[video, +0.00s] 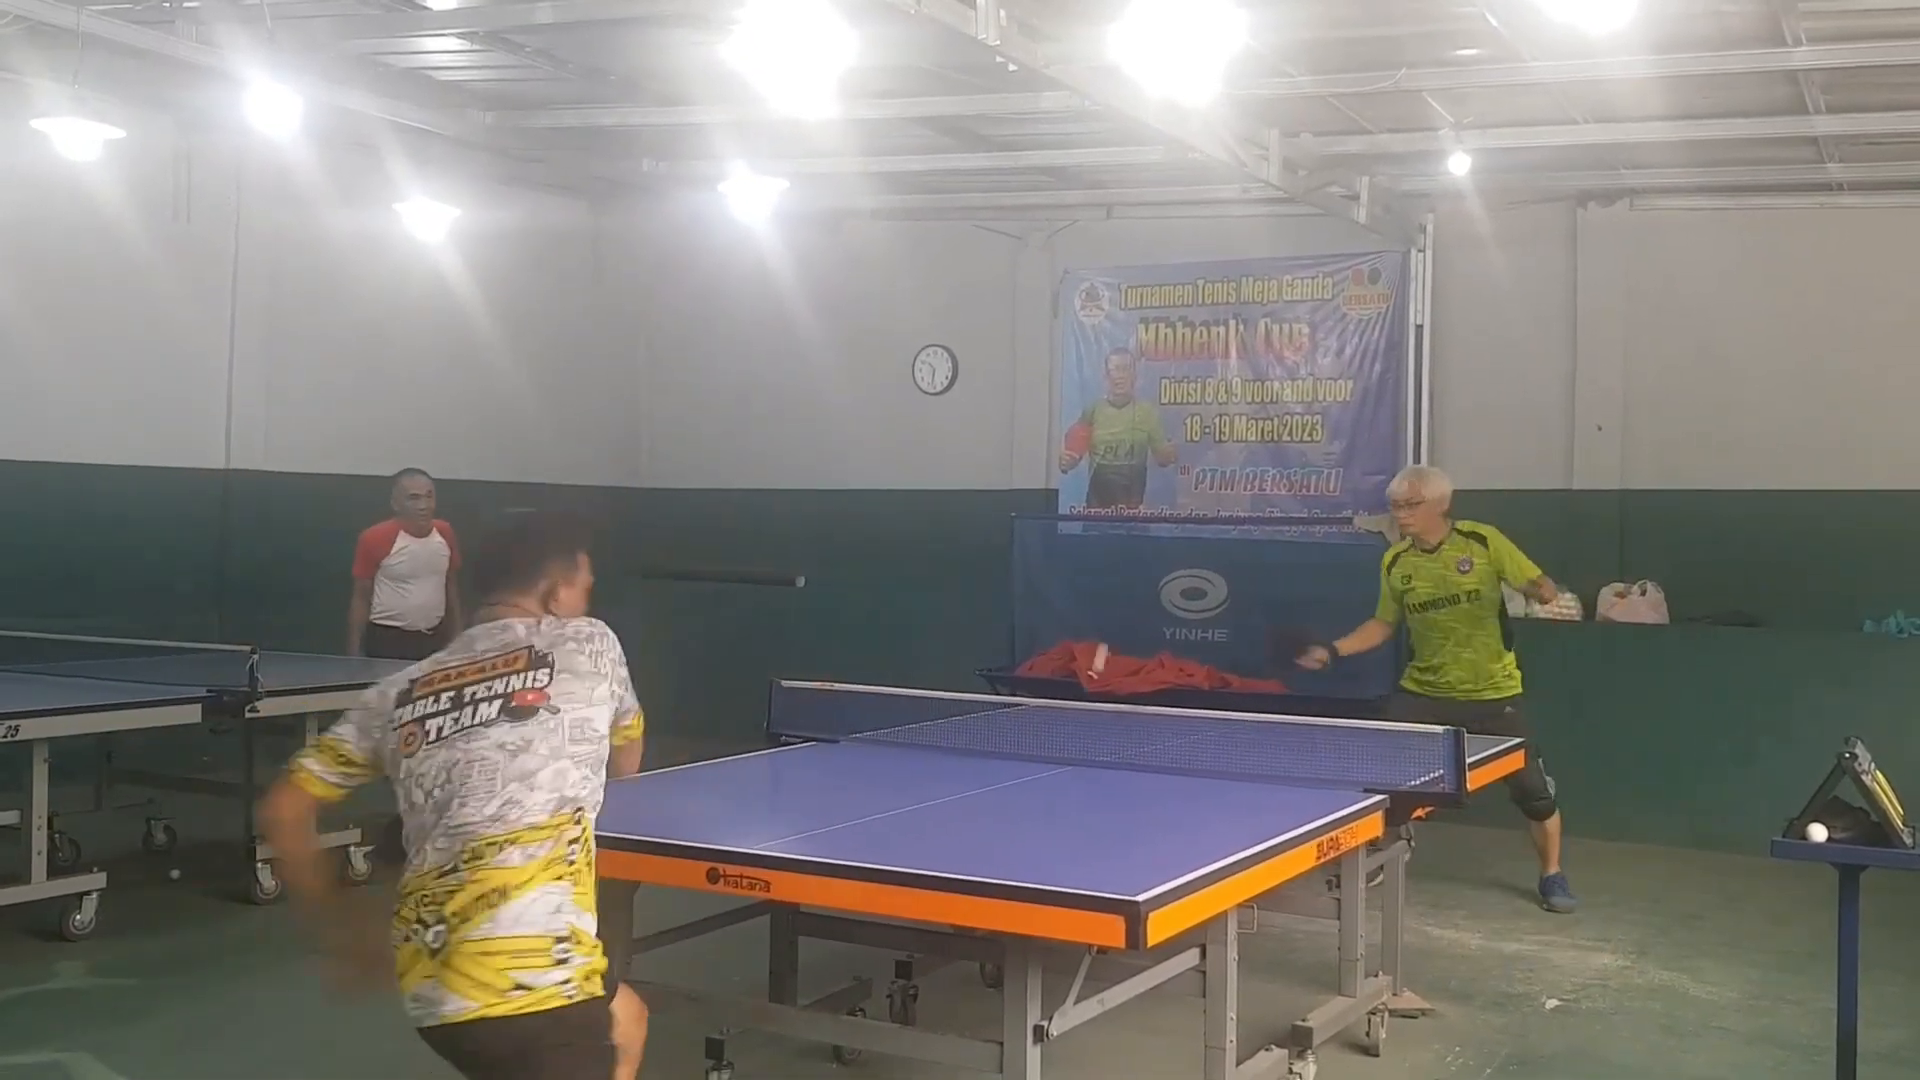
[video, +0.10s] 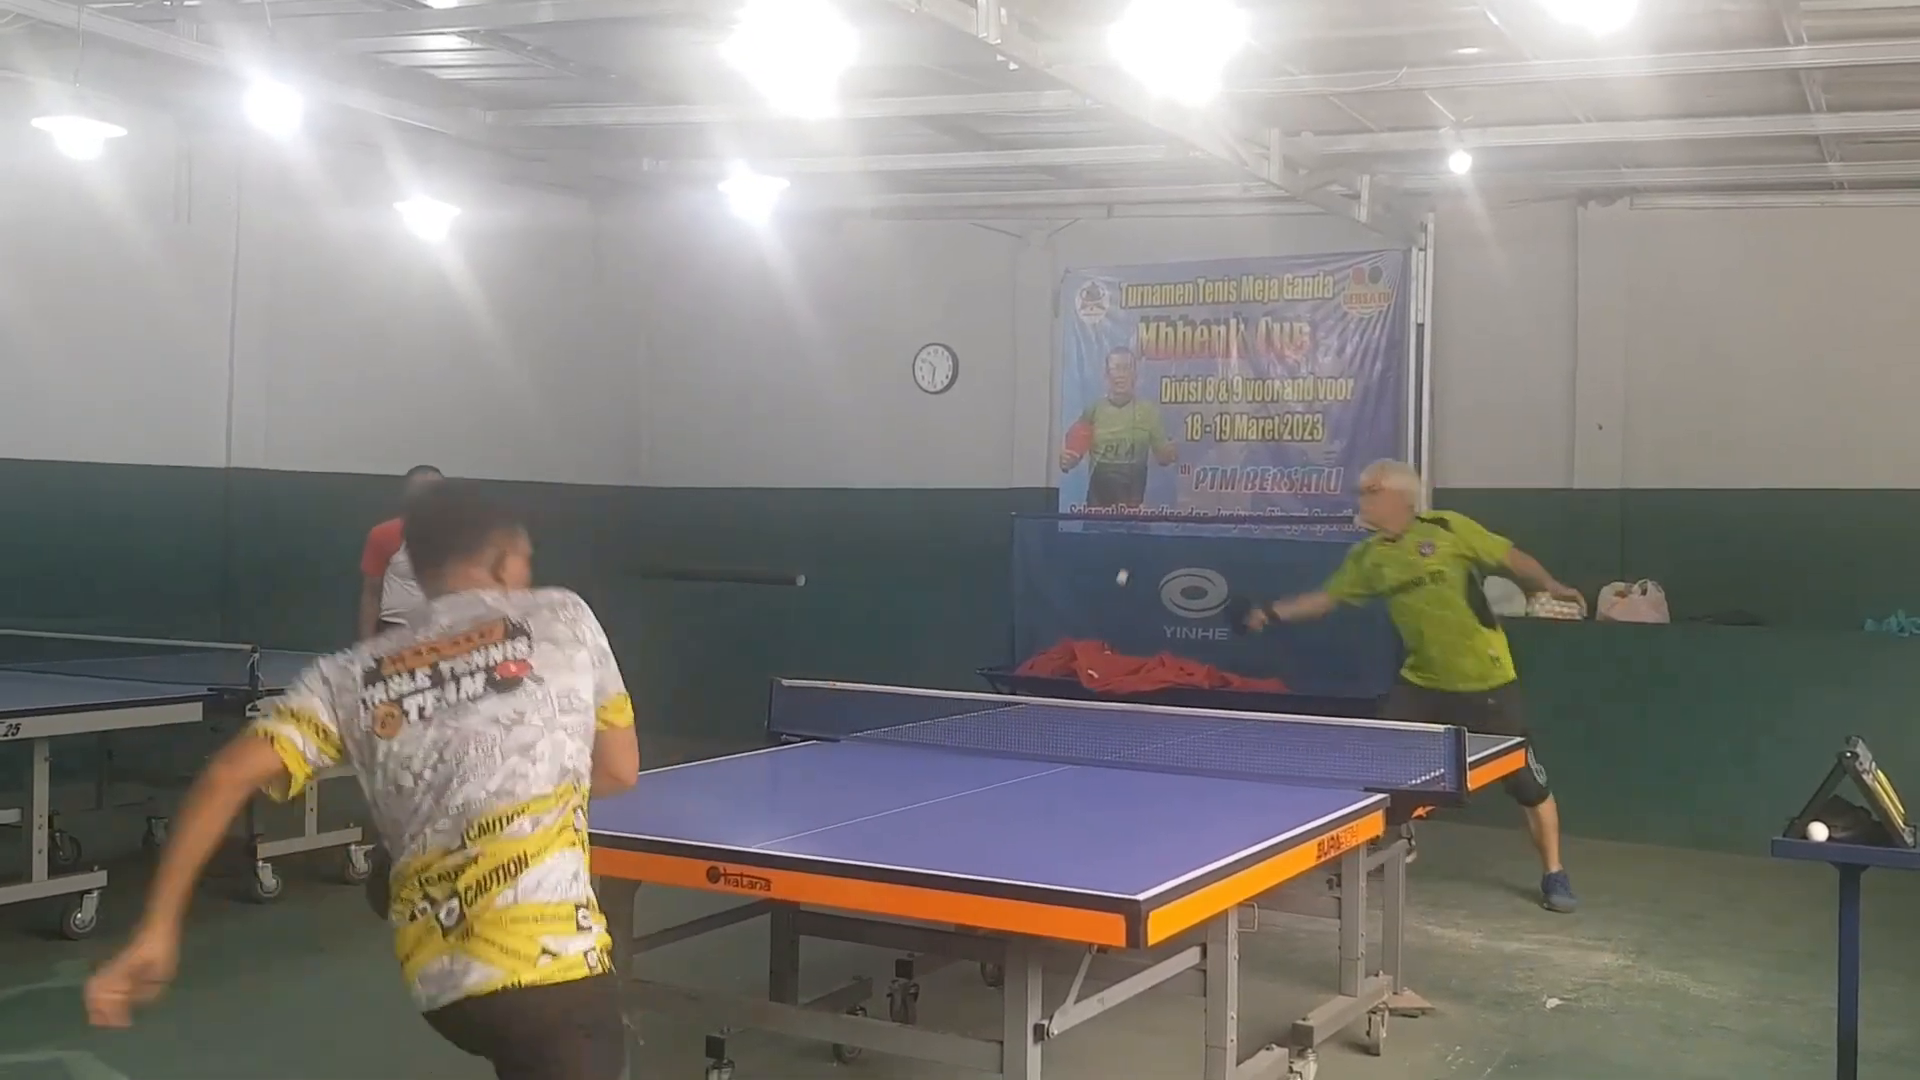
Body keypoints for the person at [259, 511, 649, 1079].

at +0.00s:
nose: (584, 607)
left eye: (587, 589)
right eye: (584, 589)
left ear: (487, 587)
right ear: (555, 585)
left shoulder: (399, 691)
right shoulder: (588, 642)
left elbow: (283, 808)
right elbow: (627, 761)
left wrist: (336, 936)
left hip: (433, 993)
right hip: (539, 986)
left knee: (628, 1020)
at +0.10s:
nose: (528, 583)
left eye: (526, 568)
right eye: (525, 567)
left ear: (417, 574)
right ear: (503, 565)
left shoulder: (348, 673)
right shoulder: (563, 617)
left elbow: (229, 771)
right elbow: (618, 768)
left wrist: (157, 927)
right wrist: (524, 779)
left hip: (444, 983)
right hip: (550, 963)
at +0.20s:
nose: (481, 537)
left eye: (479, 523)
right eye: (479, 522)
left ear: (371, 536)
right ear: (464, 521)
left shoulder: (311, 634)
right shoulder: (534, 580)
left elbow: (225, 746)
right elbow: (620, 729)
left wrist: (138, 923)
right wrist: (524, 767)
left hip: (401, 960)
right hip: (521, 943)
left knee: (503, 1056)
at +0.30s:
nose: (451, 499)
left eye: (450, 481)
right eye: (448, 481)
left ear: (334, 499)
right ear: (429, 485)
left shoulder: (265, 618)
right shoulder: (506, 571)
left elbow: (221, 768)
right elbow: (613, 712)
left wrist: (164, 955)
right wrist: (523, 765)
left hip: (348, 957)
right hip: (477, 947)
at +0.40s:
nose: (407, 481)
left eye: (405, 464)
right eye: (407, 463)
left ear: (289, 484)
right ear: (392, 470)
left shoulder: (215, 611)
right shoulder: (465, 561)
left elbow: (192, 792)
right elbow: (575, 710)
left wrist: (168, 976)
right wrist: (494, 756)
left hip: (302, 970)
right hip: (443, 958)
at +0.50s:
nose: (354, 475)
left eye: (347, 454)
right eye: (350, 455)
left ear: (234, 476)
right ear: (335, 461)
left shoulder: (163, 609)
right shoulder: (409, 562)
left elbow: (134, 801)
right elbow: (525, 709)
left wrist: (154, 943)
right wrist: (448, 758)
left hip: (244, 968)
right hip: (393, 955)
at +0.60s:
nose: (291, 472)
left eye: (285, 455)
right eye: (286, 456)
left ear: (173, 484)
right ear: (275, 467)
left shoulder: (107, 615)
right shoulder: (360, 569)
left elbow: (86, 813)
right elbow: (468, 724)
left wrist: (152, 892)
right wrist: (421, 778)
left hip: (180, 973)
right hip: (338, 960)